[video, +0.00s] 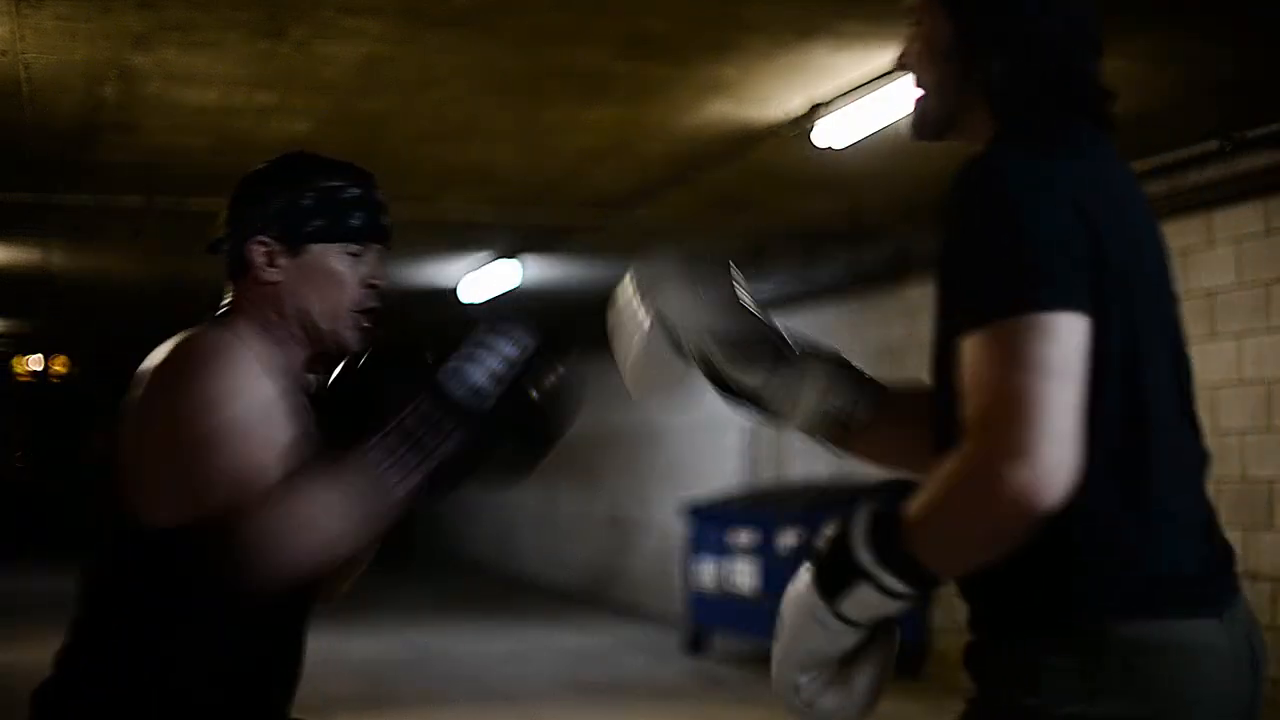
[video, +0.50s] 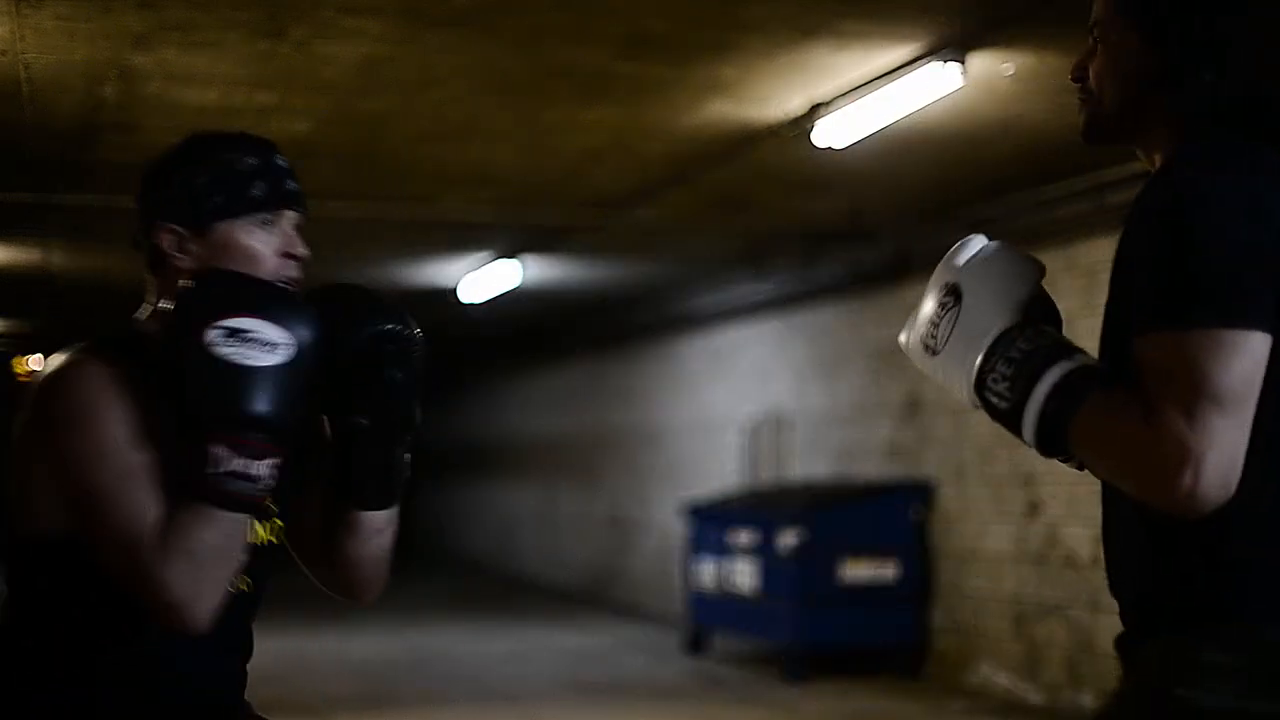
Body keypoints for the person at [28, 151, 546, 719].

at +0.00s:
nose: (376, 281)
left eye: (377, 259)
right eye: (354, 255)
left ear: (270, 262)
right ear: (268, 260)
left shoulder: (269, 379)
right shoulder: (219, 369)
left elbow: (308, 572)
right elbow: (268, 549)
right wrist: (439, 419)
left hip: (219, 708)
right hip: (156, 718)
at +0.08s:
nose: (343, 282)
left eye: (343, 258)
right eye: (317, 255)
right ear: (232, 264)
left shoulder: (277, 406)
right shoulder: (143, 400)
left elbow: (313, 597)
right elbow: (110, 610)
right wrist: (290, 519)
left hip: (223, 710)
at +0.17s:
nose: (299, 285)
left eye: (298, 262)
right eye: (269, 258)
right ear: (183, 271)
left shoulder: (253, 416)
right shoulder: (75, 421)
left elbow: (294, 616)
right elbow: (32, 638)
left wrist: (348, 507)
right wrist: (172, 566)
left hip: (203, 710)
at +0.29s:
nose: (253, 269)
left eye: (253, 247)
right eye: (221, 243)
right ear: (134, 258)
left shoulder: (238, 393)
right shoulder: (41, 400)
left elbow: (289, 602)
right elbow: (43, 643)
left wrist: (321, 495)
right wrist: (153, 524)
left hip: (189, 692)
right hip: (67, 699)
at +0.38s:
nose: (257, 250)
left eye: (256, 227)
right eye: (224, 227)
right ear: (138, 248)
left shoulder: (236, 381)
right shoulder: (43, 387)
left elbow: (317, 587)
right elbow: (92, 622)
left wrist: (340, 456)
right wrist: (180, 472)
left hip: (200, 690)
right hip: (75, 703)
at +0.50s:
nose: (298, 249)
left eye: (296, 227)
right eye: (266, 224)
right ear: (180, 246)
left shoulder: (257, 384)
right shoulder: (88, 388)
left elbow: (356, 580)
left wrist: (380, 422)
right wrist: (245, 427)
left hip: (213, 700)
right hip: (91, 709)